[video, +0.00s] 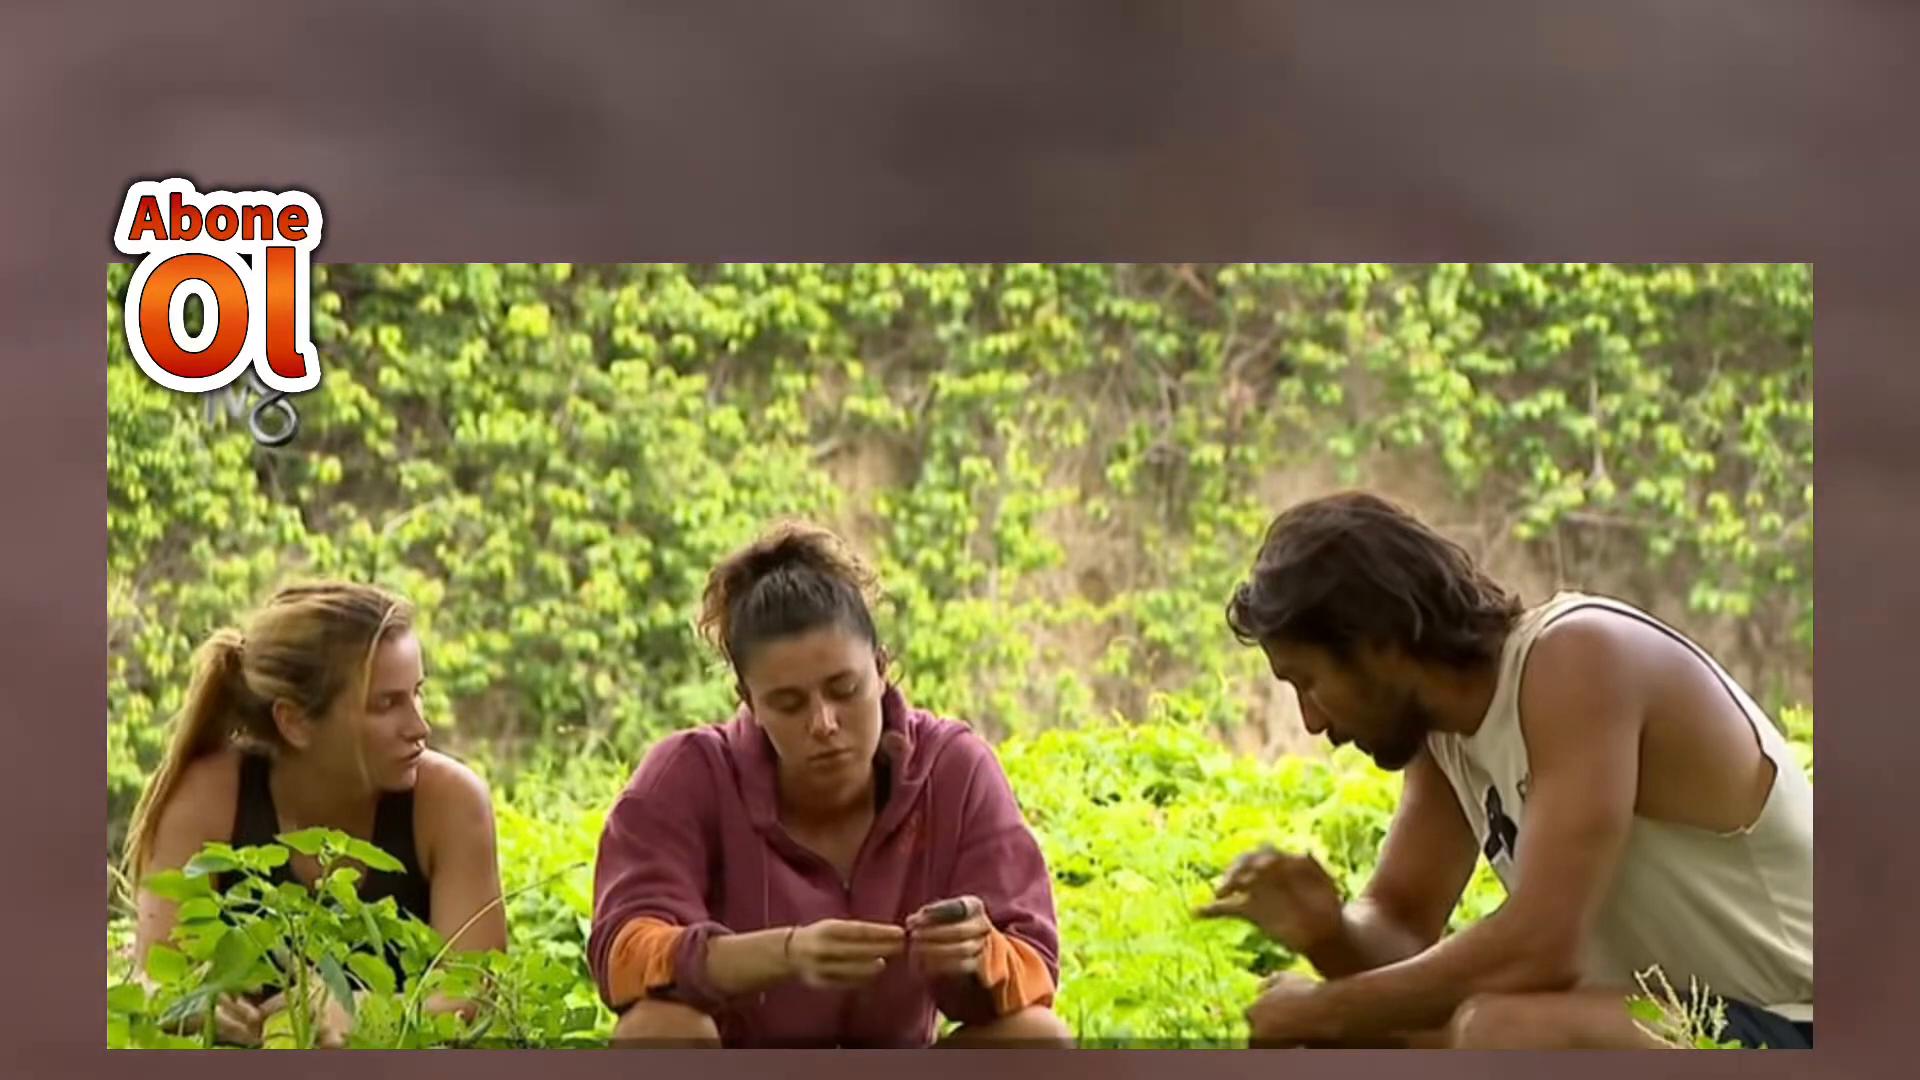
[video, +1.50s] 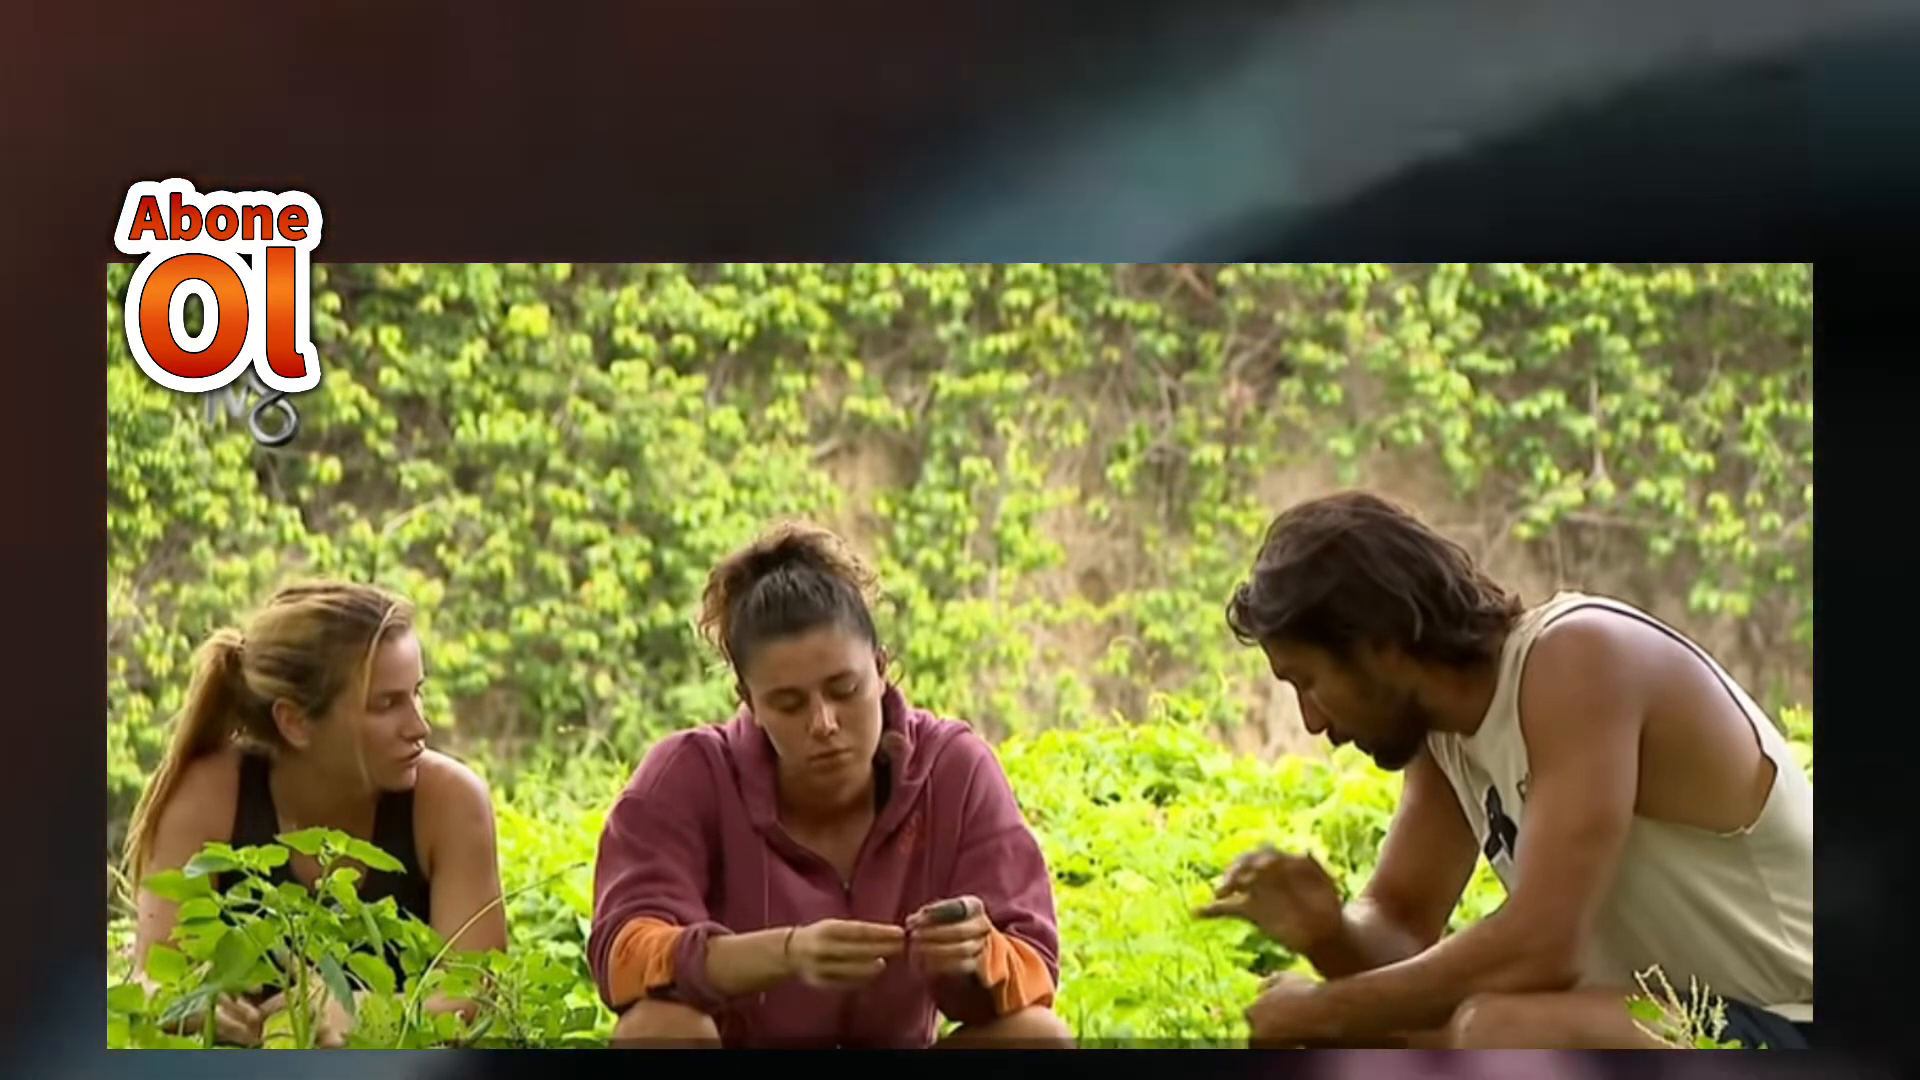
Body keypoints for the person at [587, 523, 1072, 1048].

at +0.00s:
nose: (824, 725)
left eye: (844, 690)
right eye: (789, 703)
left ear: (880, 669)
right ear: (747, 699)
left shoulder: (956, 766)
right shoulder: (688, 772)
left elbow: (1030, 969)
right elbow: (629, 956)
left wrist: (978, 953)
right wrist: (787, 952)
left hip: (897, 1059)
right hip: (738, 1060)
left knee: (1037, 1037)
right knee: (659, 1027)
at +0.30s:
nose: (824, 725)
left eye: (844, 690)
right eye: (789, 703)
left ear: (880, 669)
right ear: (747, 699)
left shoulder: (955, 766)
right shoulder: (687, 773)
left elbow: (1030, 969)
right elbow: (629, 957)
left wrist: (977, 953)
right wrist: (787, 952)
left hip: (898, 1056)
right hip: (738, 1058)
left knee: (1038, 1036)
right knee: (659, 1027)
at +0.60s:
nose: (824, 725)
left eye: (844, 690)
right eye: (789, 703)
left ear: (880, 669)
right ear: (747, 699)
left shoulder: (955, 766)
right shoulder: (687, 773)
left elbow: (1031, 970)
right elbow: (628, 957)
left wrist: (977, 953)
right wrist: (787, 952)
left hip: (900, 1051)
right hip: (739, 1053)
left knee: (1037, 1035)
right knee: (659, 1026)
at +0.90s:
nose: (824, 725)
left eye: (844, 690)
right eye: (789, 703)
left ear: (880, 669)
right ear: (747, 698)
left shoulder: (955, 766)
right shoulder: (687, 773)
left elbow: (1031, 970)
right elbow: (629, 957)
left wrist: (978, 952)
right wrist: (787, 952)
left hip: (897, 1062)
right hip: (737, 1063)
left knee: (1038, 1036)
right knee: (659, 1027)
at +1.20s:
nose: (824, 725)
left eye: (844, 690)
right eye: (789, 703)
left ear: (880, 669)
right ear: (747, 699)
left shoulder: (955, 766)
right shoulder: (687, 773)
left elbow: (1031, 970)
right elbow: (629, 957)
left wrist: (978, 953)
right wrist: (787, 952)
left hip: (898, 1047)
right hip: (739, 1052)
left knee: (1037, 1034)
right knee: (659, 1026)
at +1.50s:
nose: (824, 725)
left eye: (844, 690)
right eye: (789, 703)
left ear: (880, 669)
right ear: (747, 699)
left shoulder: (955, 766)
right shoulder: (687, 774)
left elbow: (1031, 971)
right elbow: (629, 957)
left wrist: (977, 953)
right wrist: (787, 952)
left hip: (899, 1043)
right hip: (739, 1044)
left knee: (1037, 1034)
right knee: (659, 1025)